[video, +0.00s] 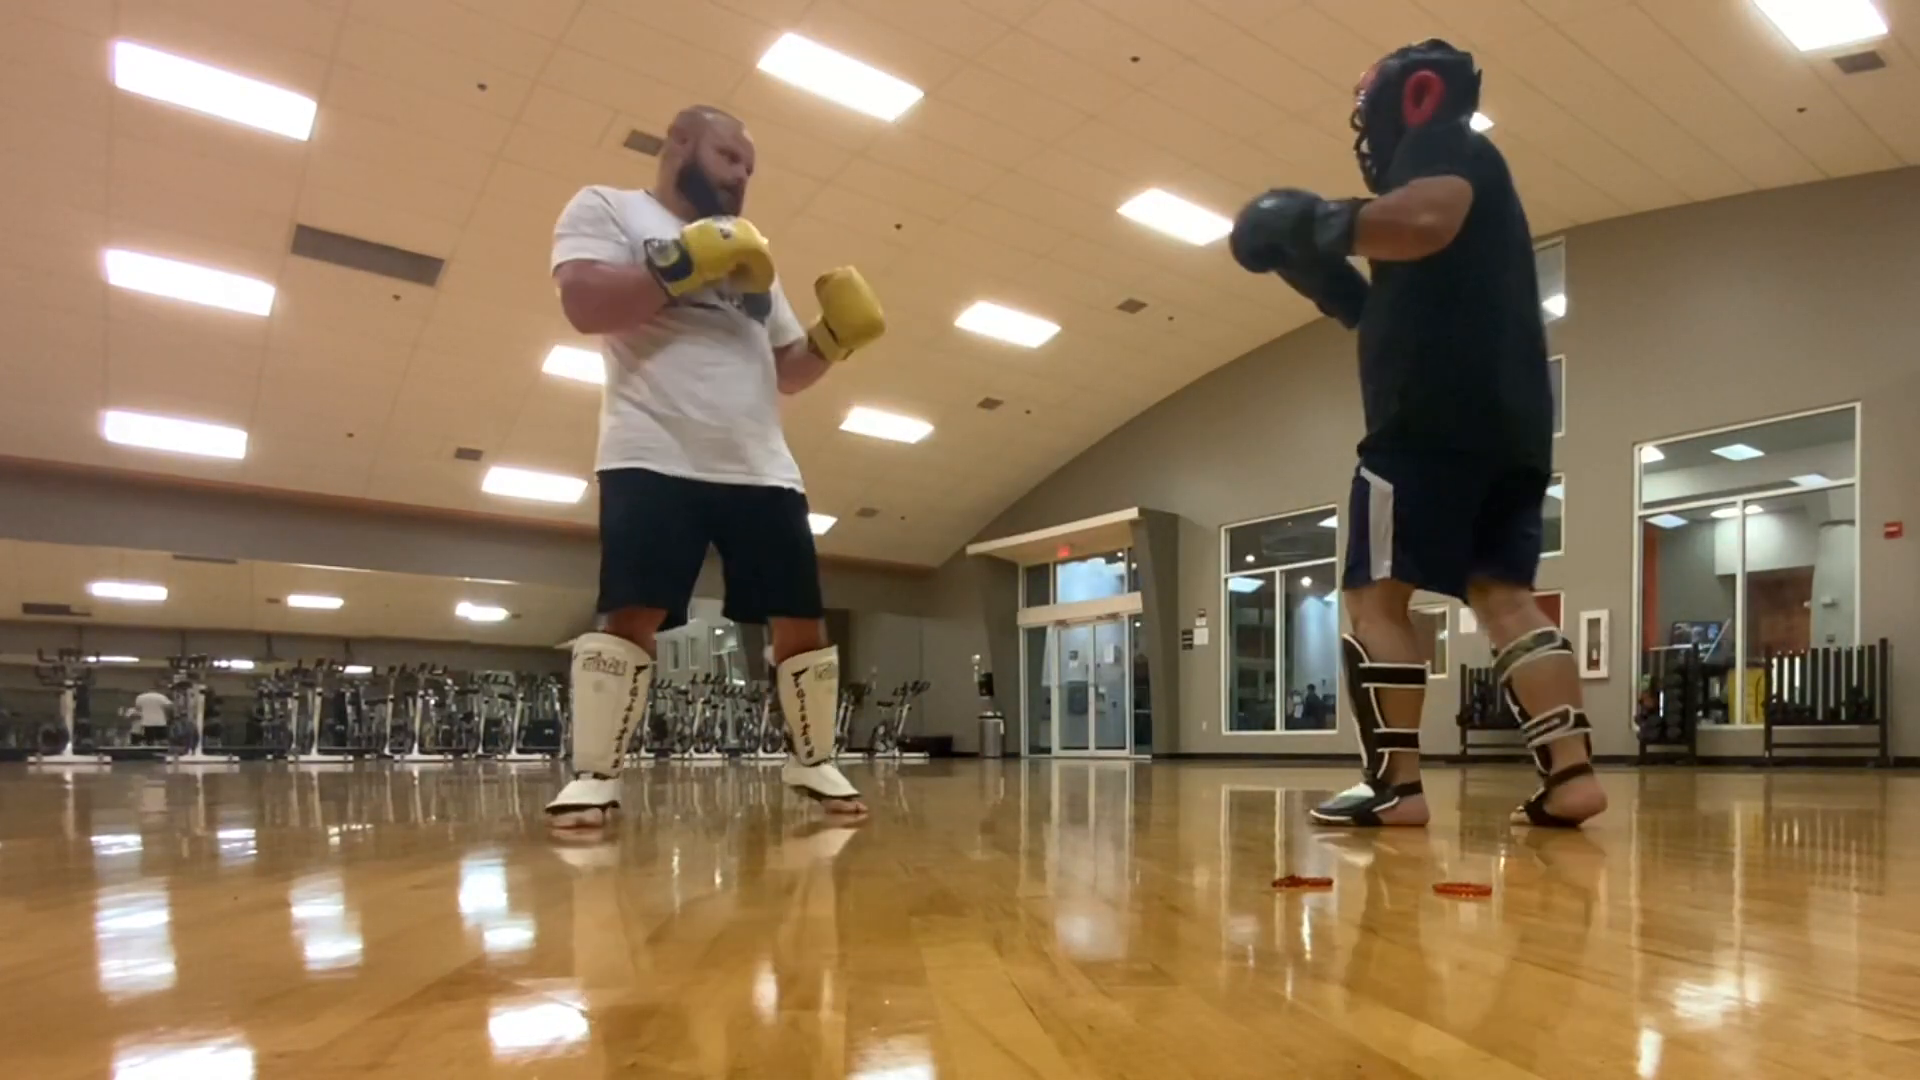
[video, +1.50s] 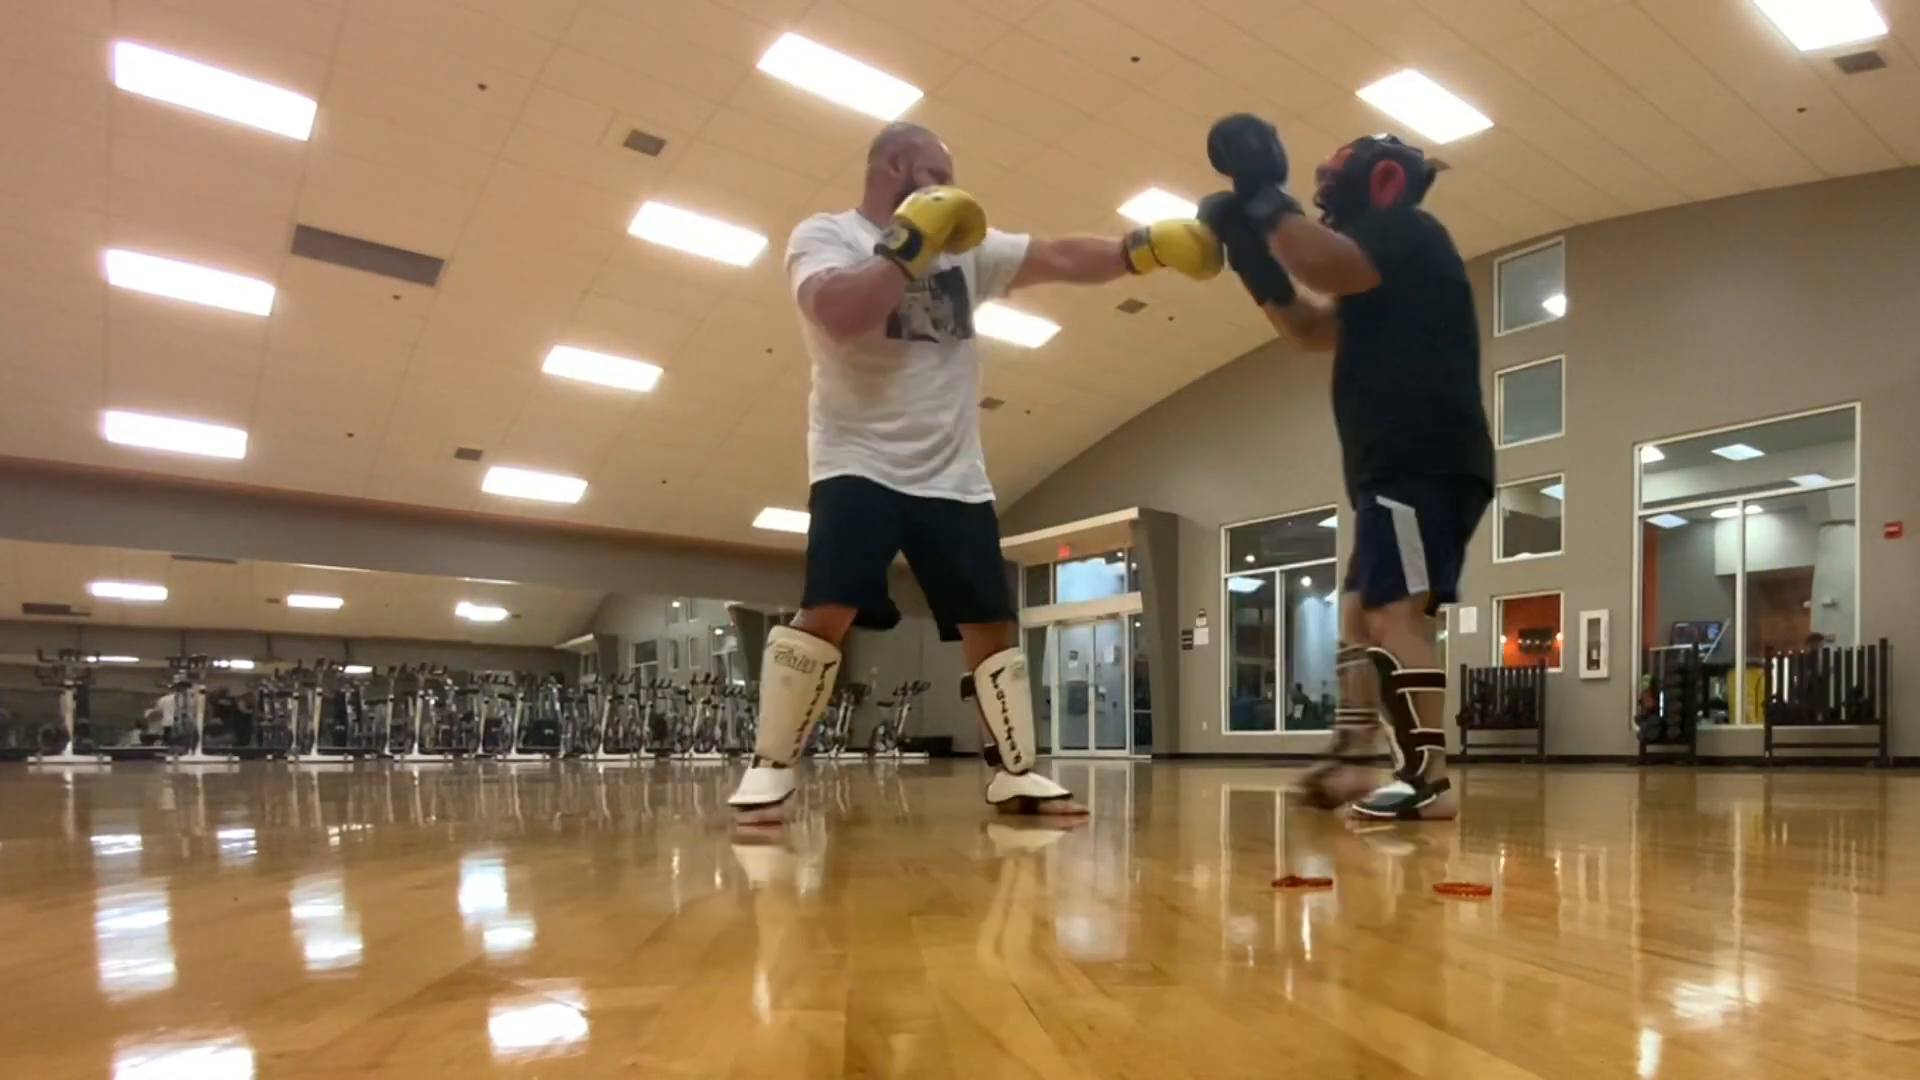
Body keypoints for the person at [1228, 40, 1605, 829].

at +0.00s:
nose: (1357, 118)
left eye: (1368, 99)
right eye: (1360, 103)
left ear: (1419, 94)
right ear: (1439, 100)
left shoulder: (1445, 144)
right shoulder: (1479, 183)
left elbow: (1431, 220)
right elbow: (1414, 321)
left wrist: (1314, 222)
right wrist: (1330, 279)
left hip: (1426, 418)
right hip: (1511, 424)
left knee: (1373, 596)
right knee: (1503, 594)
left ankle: (1395, 784)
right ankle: (1571, 773)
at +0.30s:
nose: (1302, 106)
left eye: (1315, 92)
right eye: (1305, 94)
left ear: (1368, 99)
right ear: (1374, 104)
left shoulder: (1378, 158)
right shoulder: (1388, 180)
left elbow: (1288, 252)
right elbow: (1355, 307)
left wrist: (1238, 217)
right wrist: (1277, 283)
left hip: (1390, 416)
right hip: (1392, 416)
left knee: (1391, 594)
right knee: (1371, 595)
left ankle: (1402, 782)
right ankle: (1387, 776)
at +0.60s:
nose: (1291, 150)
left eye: (1302, 136)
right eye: (1295, 137)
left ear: (1345, 142)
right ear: (1364, 150)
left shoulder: (1338, 207)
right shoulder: (1387, 226)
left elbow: (1228, 274)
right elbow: (1287, 324)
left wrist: (1144, 253)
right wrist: (1233, 265)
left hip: (1299, 416)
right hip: (1363, 446)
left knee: (1163, 488)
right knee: (1295, 607)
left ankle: (1254, 617)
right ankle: (1288, 778)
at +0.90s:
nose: (1287, 196)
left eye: (1299, 182)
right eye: (1290, 183)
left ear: (1338, 180)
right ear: (1354, 185)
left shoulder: (1355, 223)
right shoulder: (1323, 264)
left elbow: (1353, 288)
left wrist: (1277, 310)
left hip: (1256, 410)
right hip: (1302, 459)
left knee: (1091, 409)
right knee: (1264, 608)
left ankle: (938, 395)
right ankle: (1277, 777)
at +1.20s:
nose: (1294, 189)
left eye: (1308, 173)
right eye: (1296, 177)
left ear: (1355, 176)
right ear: (1361, 182)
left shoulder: (1367, 229)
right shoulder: (1351, 261)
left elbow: (1302, 257)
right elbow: (1287, 358)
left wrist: (1226, 177)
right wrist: (1237, 283)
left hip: (1296, 433)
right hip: (1349, 458)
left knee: (1167, 518)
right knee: (1289, 608)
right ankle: (1280, 778)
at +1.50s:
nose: (1324, 202)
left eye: (1333, 188)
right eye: (1323, 191)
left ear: (1376, 180)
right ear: (1382, 186)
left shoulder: (1409, 231)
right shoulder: (1379, 276)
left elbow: (1327, 263)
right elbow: (1309, 331)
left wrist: (1265, 197)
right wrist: (1251, 259)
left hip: (1425, 453)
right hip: (1391, 461)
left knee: (1396, 614)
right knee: (1361, 610)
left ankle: (1429, 778)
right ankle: (1356, 757)